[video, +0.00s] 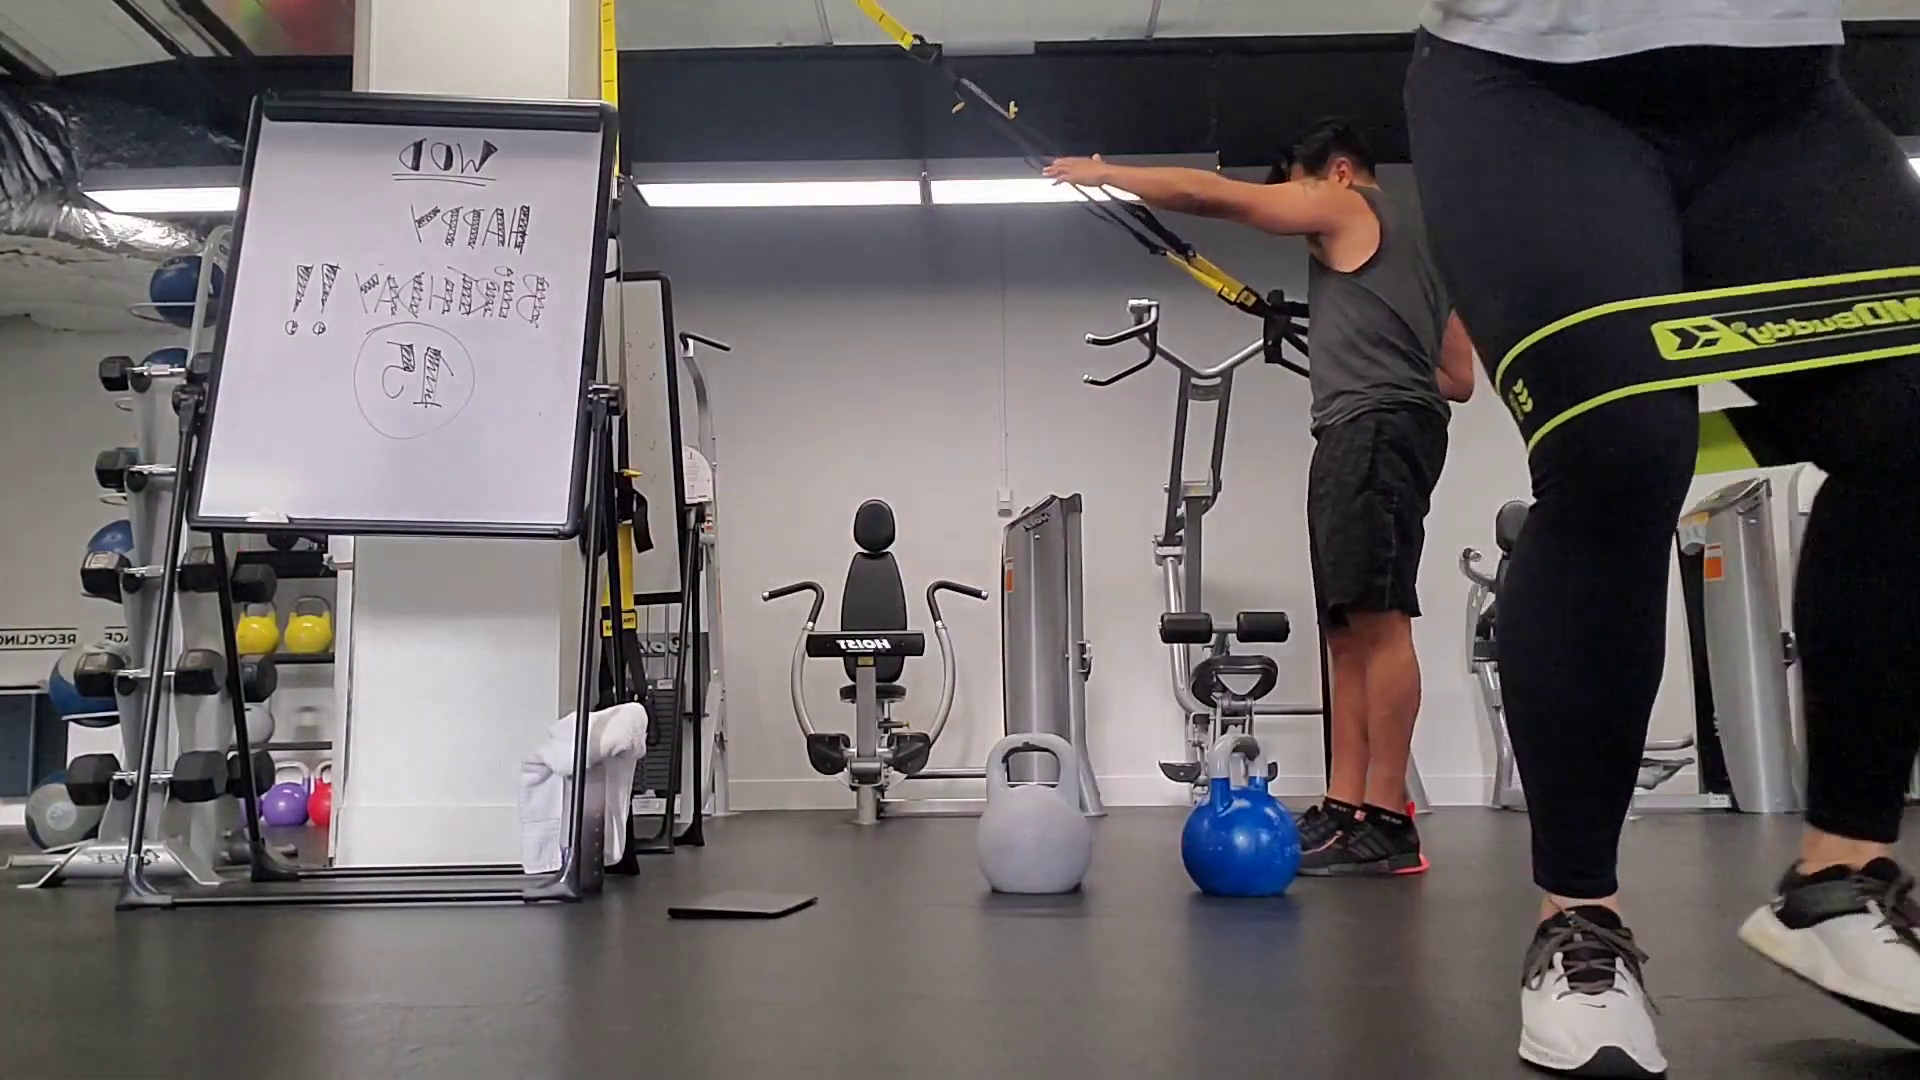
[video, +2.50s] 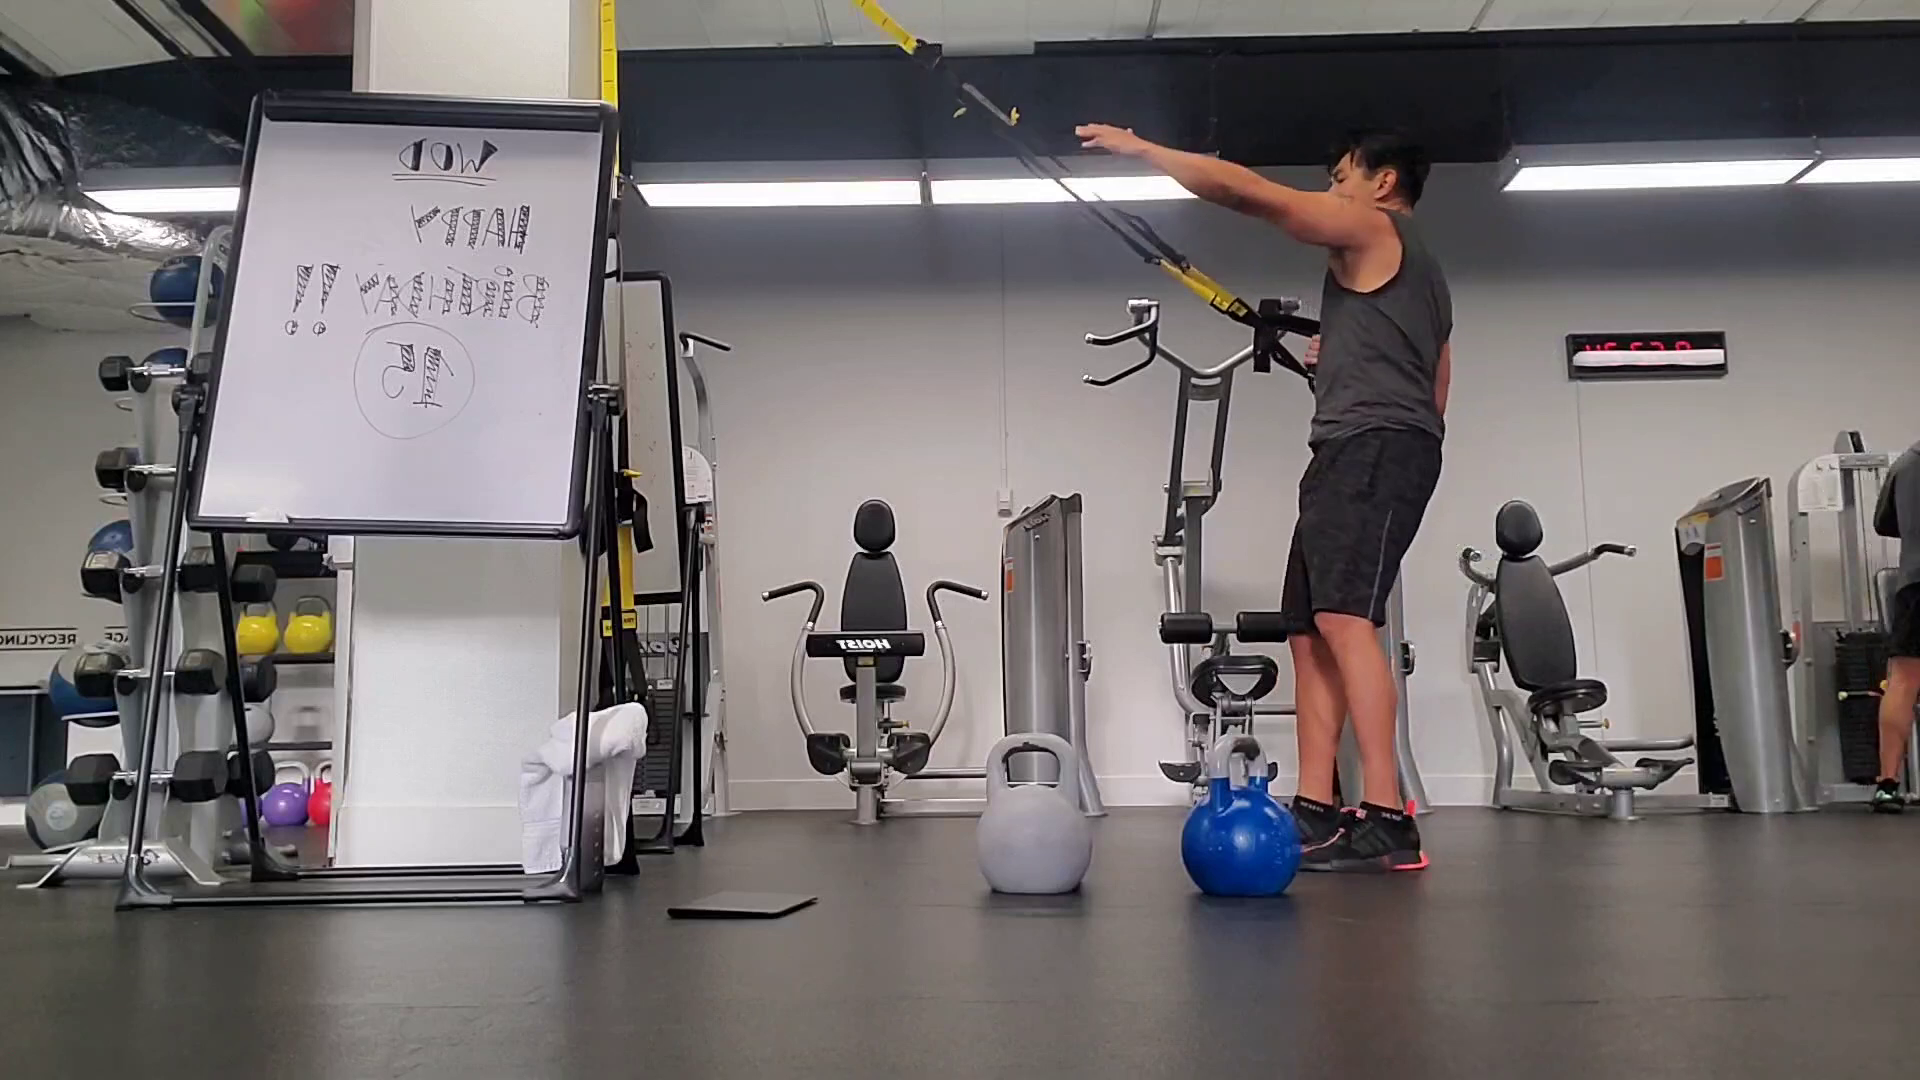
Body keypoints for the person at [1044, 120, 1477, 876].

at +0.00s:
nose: (1296, 204)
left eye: (1302, 187)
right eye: (1295, 191)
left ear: (1342, 169)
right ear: (1357, 173)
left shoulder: (1349, 204)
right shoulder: (1425, 246)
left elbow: (1215, 192)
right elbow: (1460, 379)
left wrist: (1104, 171)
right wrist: (1361, 338)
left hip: (1373, 426)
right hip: (1385, 429)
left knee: (1381, 627)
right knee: (1345, 628)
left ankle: (1389, 821)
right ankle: (1346, 809)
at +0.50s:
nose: (1408, 277)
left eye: (1416, 257)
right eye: (1401, 264)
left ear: (1466, 244)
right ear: (1459, 254)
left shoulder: (1522, 306)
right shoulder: (1444, 348)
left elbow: (1523, 345)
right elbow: (1401, 456)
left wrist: (1405, 296)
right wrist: (1359, 398)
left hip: (1482, 522)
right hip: (1422, 526)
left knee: (1329, 621)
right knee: (1279, 635)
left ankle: (1389, 824)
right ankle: (1339, 813)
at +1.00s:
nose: (1629, 473)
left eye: (1650, 462)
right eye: (1618, 461)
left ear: (1692, 482)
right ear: (1603, 471)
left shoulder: (1711, 597)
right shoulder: (1558, 522)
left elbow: (1776, 721)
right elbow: (1450, 468)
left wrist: (1877, 800)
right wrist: (1375, 399)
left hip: (1563, 758)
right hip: (1482, 731)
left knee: (1444, 625)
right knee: (1334, 636)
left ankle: (1403, 823)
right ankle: (1341, 812)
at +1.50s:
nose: (1541, 358)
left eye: (1558, 342)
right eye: (1541, 349)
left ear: (1611, 357)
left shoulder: (1626, 443)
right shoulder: (1529, 453)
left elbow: (1621, 538)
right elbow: (1432, 465)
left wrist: (1595, 557)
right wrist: (1373, 392)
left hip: (1520, 631)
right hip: (1467, 623)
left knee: (1341, 629)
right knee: (1286, 638)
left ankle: (1391, 825)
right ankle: (1333, 811)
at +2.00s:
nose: (1380, 164)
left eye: (1393, 153)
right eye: (1387, 153)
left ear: (1432, 164)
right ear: (1442, 171)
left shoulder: (1398, 206)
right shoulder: (1468, 265)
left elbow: (1269, 172)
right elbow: (1466, 384)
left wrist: (1158, 128)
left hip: (1399, 433)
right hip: (1421, 440)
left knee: (1360, 615)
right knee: (1321, 617)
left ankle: (1387, 822)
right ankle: (1315, 803)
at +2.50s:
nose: (1333, 188)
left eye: (1343, 175)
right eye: (1337, 176)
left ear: (1383, 178)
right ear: (1395, 186)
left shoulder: (1370, 225)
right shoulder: (1423, 274)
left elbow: (1250, 191)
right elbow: (1431, 400)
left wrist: (1140, 147)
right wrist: (1333, 362)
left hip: (1375, 439)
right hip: (1370, 446)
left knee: (1344, 616)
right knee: (1309, 629)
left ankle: (1387, 816)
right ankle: (1316, 808)